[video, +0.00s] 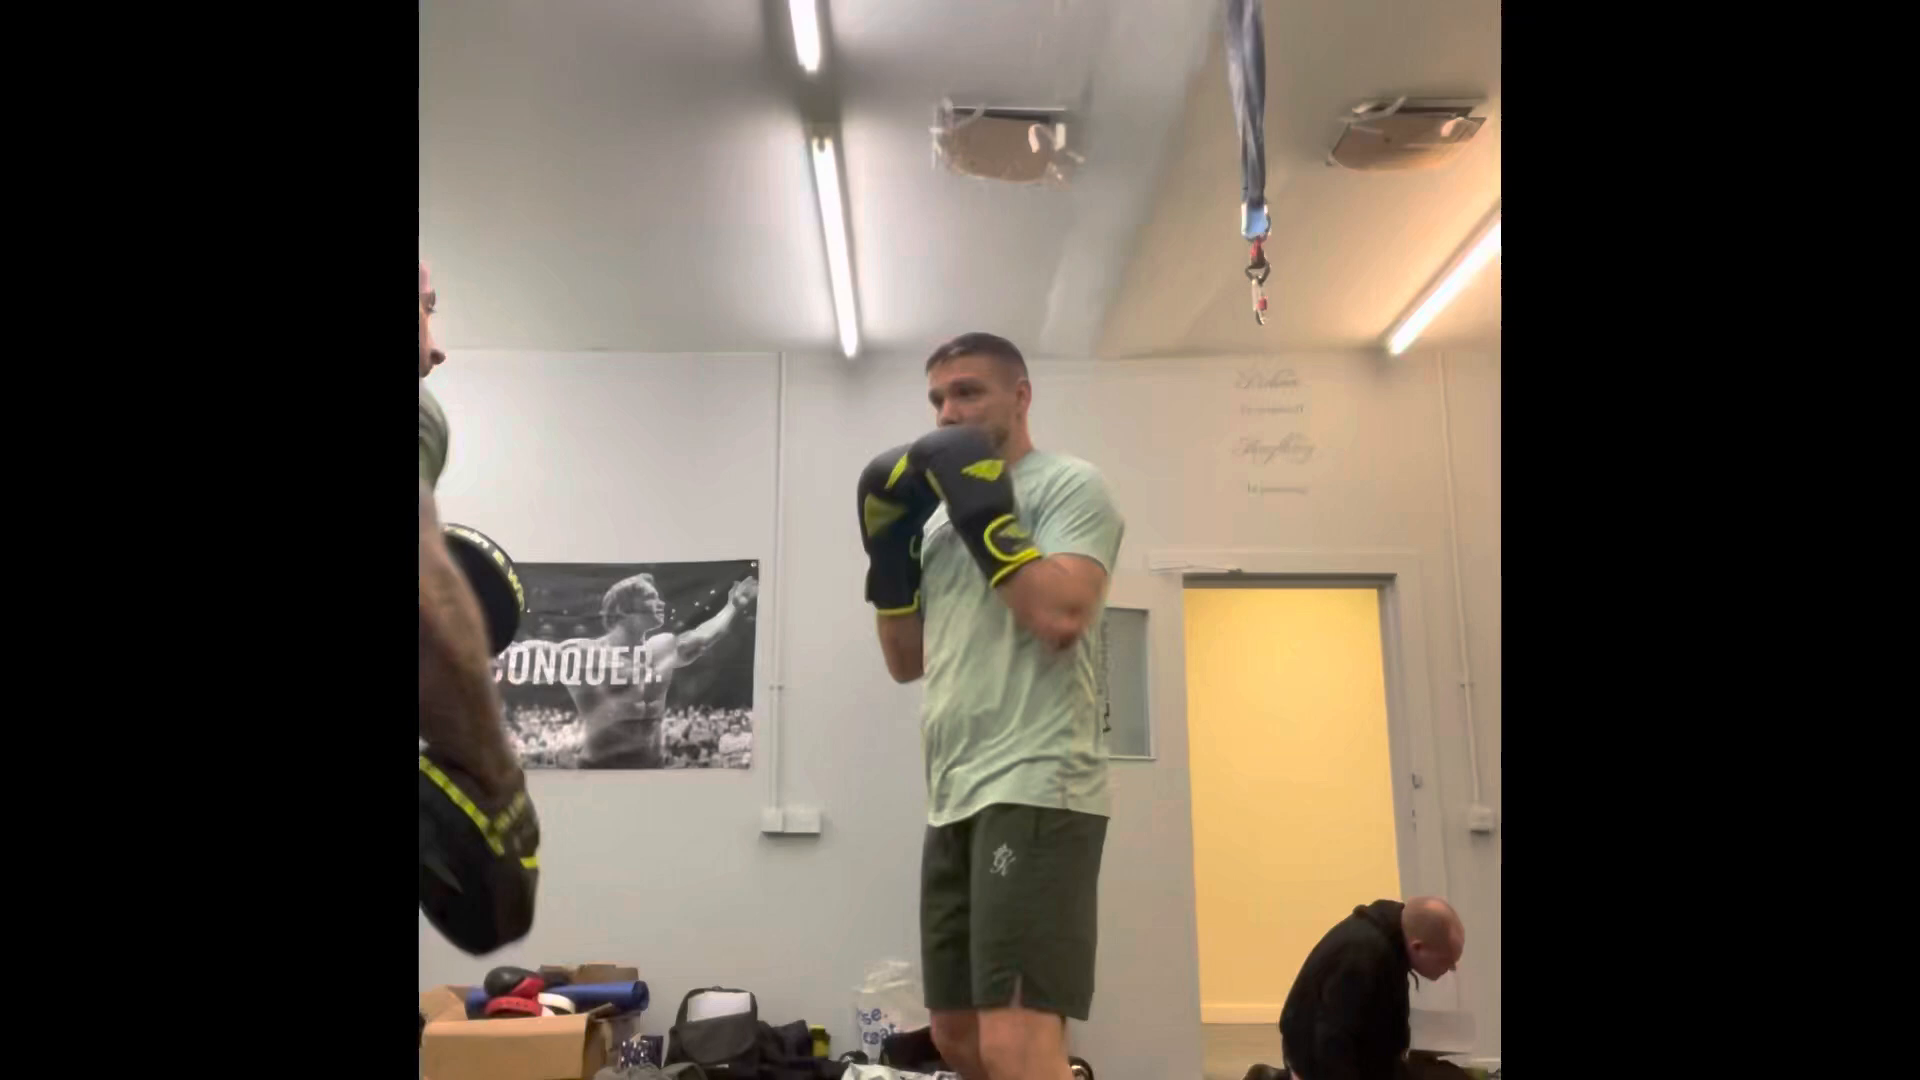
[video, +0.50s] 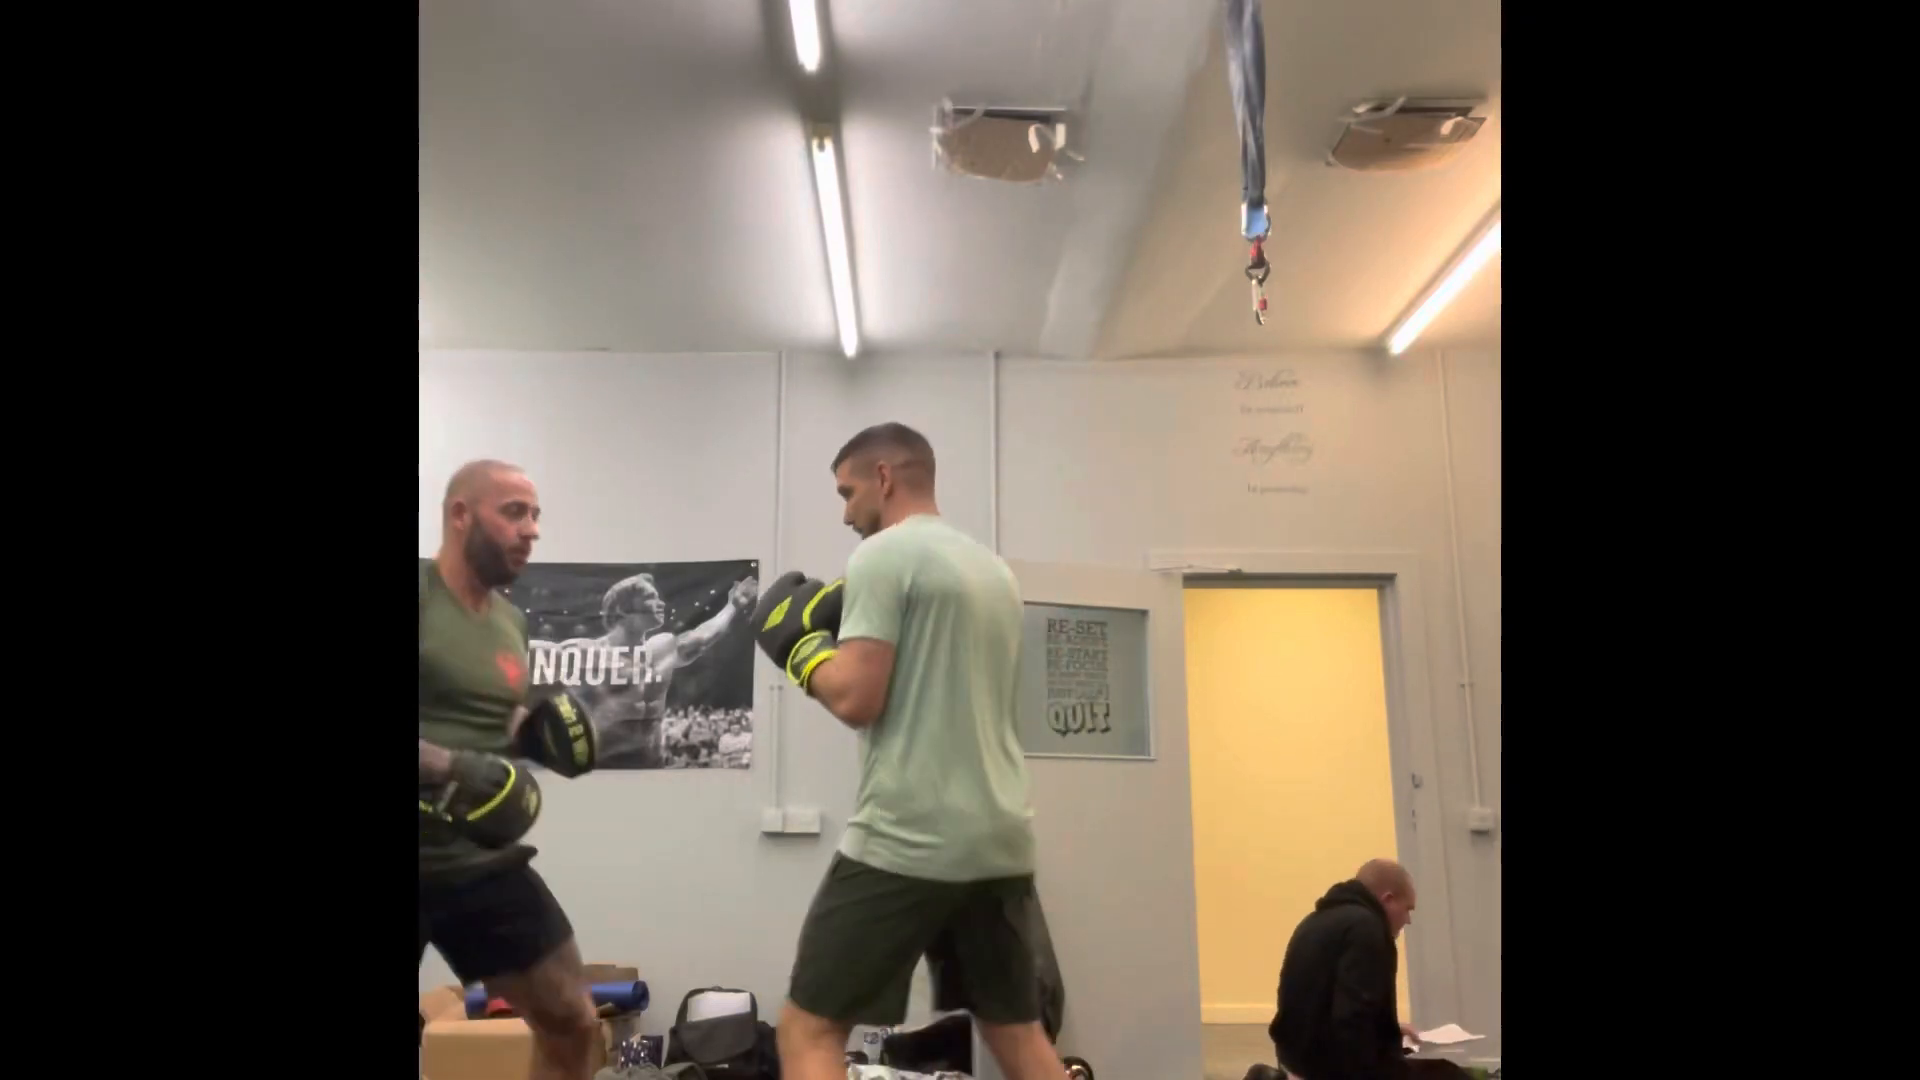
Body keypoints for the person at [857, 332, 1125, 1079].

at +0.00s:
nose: (951, 414)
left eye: (968, 394)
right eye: (939, 401)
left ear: (1020, 395)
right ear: (930, 413)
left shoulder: (1070, 486)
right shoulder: (938, 527)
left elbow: (1061, 616)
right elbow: (906, 663)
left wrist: (980, 512)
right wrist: (887, 547)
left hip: (1040, 785)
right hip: (957, 792)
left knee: (1018, 1039)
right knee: (959, 1036)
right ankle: (1059, 1076)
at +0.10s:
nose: (920, 443)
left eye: (938, 424)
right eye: (915, 431)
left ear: (998, 427)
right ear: (914, 443)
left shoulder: (1042, 525)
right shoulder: (947, 550)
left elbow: (1047, 671)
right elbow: (929, 699)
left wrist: (942, 600)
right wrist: (873, 619)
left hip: (1014, 821)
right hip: (939, 823)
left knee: (1000, 1051)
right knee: (899, 1032)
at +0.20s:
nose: (892, 472)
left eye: (908, 454)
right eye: (889, 460)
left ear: (965, 454)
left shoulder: (1003, 538)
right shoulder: (928, 566)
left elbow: (1010, 672)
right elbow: (931, 700)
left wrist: (908, 623)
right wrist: (870, 656)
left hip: (976, 824)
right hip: (919, 826)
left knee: (963, 1044)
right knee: (906, 1039)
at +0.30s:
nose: (849, 501)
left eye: (860, 481)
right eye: (847, 488)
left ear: (913, 472)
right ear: (911, 478)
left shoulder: (946, 546)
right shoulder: (928, 559)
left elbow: (977, 670)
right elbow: (943, 674)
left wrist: (865, 656)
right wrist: (863, 631)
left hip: (946, 830)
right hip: (967, 831)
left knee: (864, 1028)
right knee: (932, 1033)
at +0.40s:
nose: (830, 504)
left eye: (836, 483)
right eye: (826, 490)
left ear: (884, 468)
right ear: (891, 474)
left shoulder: (911, 538)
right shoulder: (945, 543)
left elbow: (908, 666)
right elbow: (926, 668)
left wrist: (815, 630)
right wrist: (853, 606)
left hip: (915, 827)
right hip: (985, 828)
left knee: (814, 1021)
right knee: (956, 1021)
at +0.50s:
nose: (845, 515)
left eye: (847, 494)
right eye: (842, 498)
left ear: (885, 476)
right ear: (903, 479)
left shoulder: (884, 557)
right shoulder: (994, 568)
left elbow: (856, 699)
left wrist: (795, 646)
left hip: (904, 841)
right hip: (999, 839)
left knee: (809, 1029)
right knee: (1019, 1034)